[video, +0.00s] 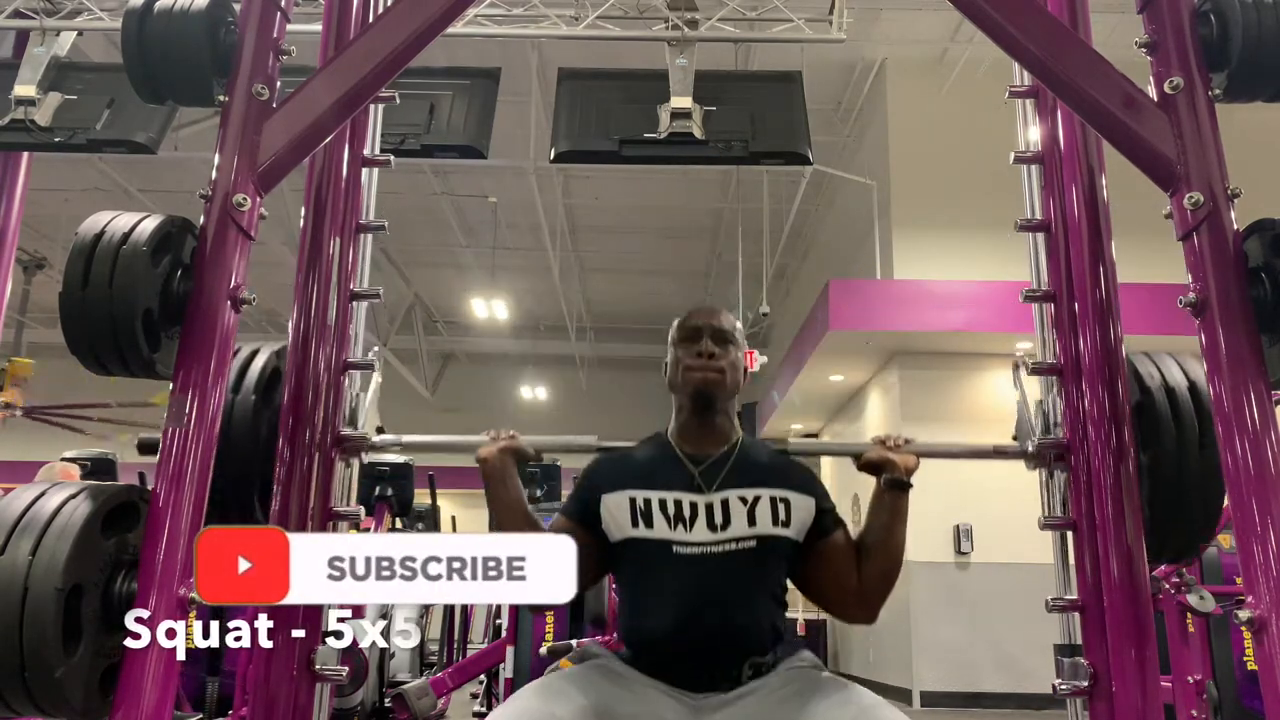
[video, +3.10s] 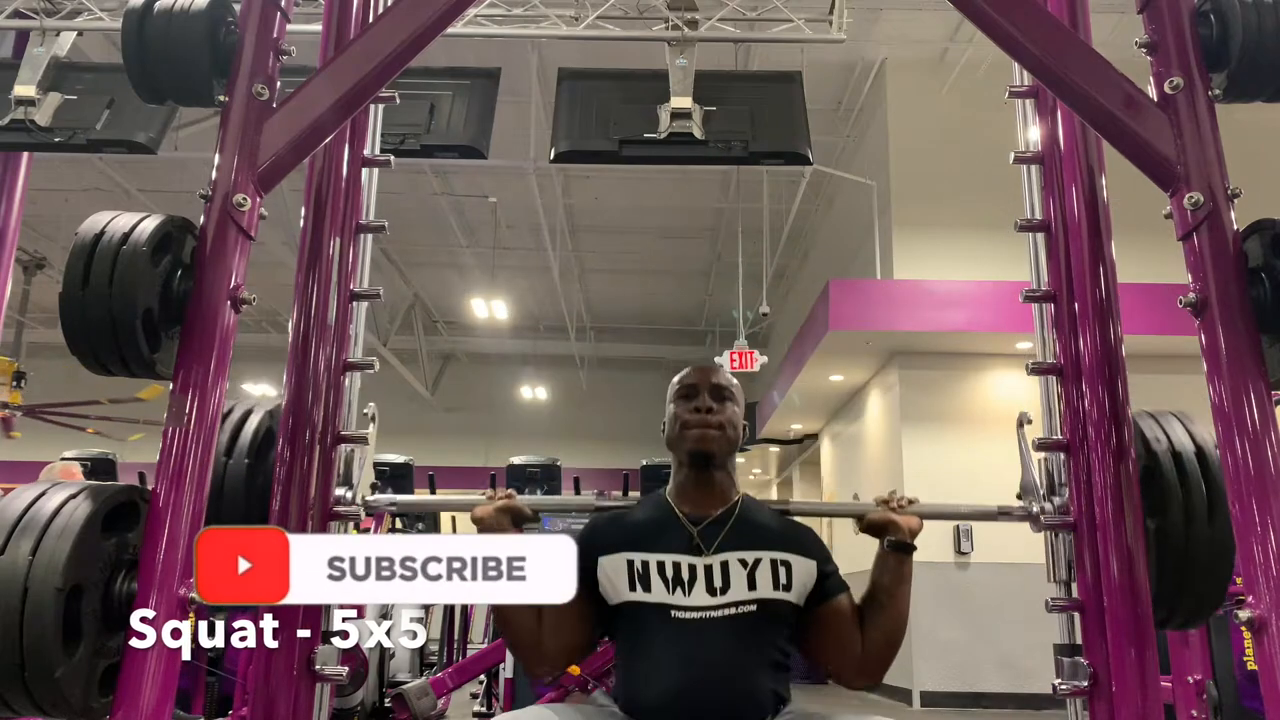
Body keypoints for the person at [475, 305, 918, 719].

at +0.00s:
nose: (707, 350)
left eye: (721, 342)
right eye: (692, 343)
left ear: (744, 371)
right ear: (668, 372)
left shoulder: (787, 478)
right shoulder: (613, 476)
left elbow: (858, 601)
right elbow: (544, 578)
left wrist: (894, 487)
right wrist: (499, 478)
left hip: (767, 685)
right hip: (637, 683)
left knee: (885, 717)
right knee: (511, 717)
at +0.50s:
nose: (703, 430)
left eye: (720, 420)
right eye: (687, 419)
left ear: (743, 449)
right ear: (665, 445)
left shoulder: (793, 561)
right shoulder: (610, 557)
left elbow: (862, 685)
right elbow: (540, 672)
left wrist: (899, 566)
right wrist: (497, 564)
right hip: (647, 712)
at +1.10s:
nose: (703, 361)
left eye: (719, 356)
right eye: (687, 355)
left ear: (740, 391)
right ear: (665, 388)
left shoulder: (789, 497)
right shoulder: (611, 493)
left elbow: (859, 617)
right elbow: (543, 608)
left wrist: (893, 504)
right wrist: (501, 499)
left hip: (771, 693)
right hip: (637, 691)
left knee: (889, 718)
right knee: (516, 717)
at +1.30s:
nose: (703, 305)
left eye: (719, 303)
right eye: (688, 303)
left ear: (741, 343)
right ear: (668, 342)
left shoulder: (788, 445)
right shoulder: (614, 440)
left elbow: (857, 563)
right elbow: (544, 543)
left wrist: (890, 453)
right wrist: (500, 438)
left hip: (767, 658)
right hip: (634, 654)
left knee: (887, 715)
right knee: (521, 714)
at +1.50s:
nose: (704, 230)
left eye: (721, 232)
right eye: (692, 231)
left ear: (742, 273)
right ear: (671, 271)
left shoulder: (787, 373)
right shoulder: (617, 370)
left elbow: (855, 487)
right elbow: (543, 477)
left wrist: (889, 383)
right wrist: (504, 368)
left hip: (773, 600)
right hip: (631, 597)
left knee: (871, 711)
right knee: (536, 711)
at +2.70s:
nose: (707, 323)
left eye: (722, 318)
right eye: (691, 317)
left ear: (744, 353)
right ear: (668, 351)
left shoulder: (789, 457)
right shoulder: (612, 454)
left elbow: (857, 581)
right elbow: (544, 562)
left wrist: (893, 470)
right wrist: (500, 457)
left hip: (766, 671)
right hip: (631, 666)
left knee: (882, 717)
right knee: (519, 715)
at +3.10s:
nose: (704, 405)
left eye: (720, 398)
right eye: (687, 397)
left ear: (743, 430)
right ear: (664, 429)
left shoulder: (794, 543)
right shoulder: (608, 536)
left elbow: (858, 667)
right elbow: (546, 657)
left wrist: (897, 550)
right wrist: (503, 551)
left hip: (754, 713)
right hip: (643, 713)